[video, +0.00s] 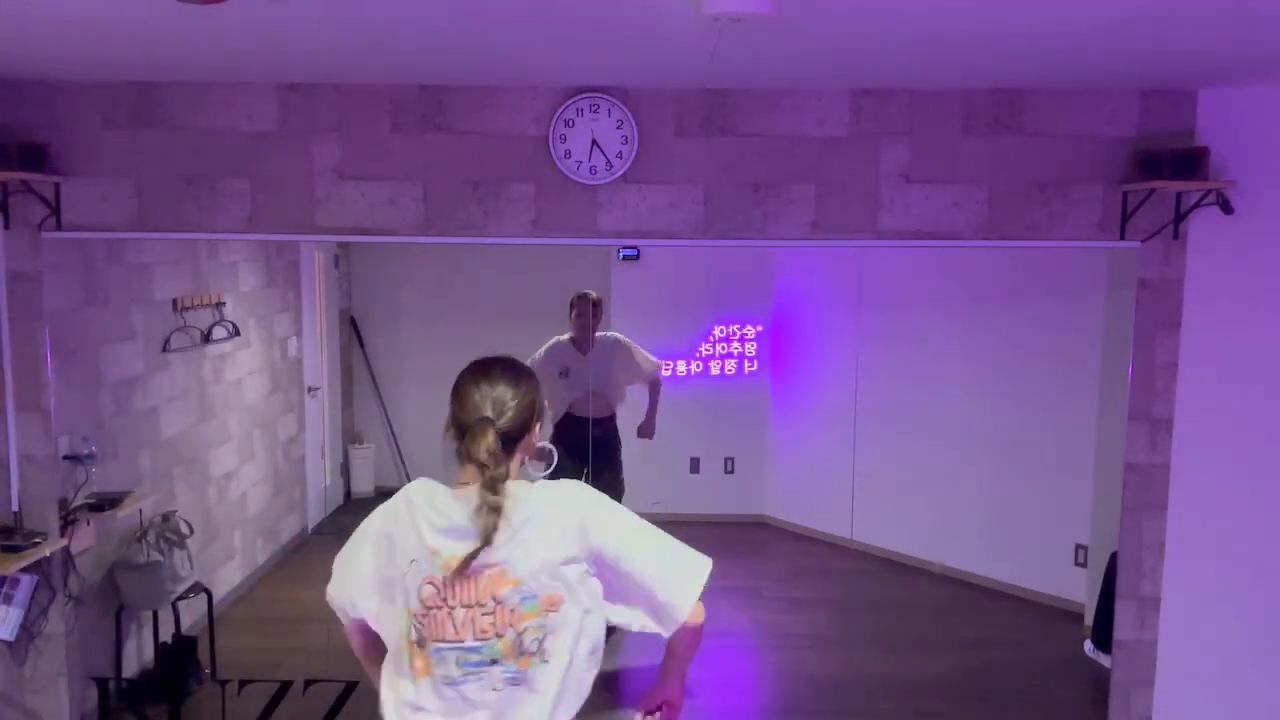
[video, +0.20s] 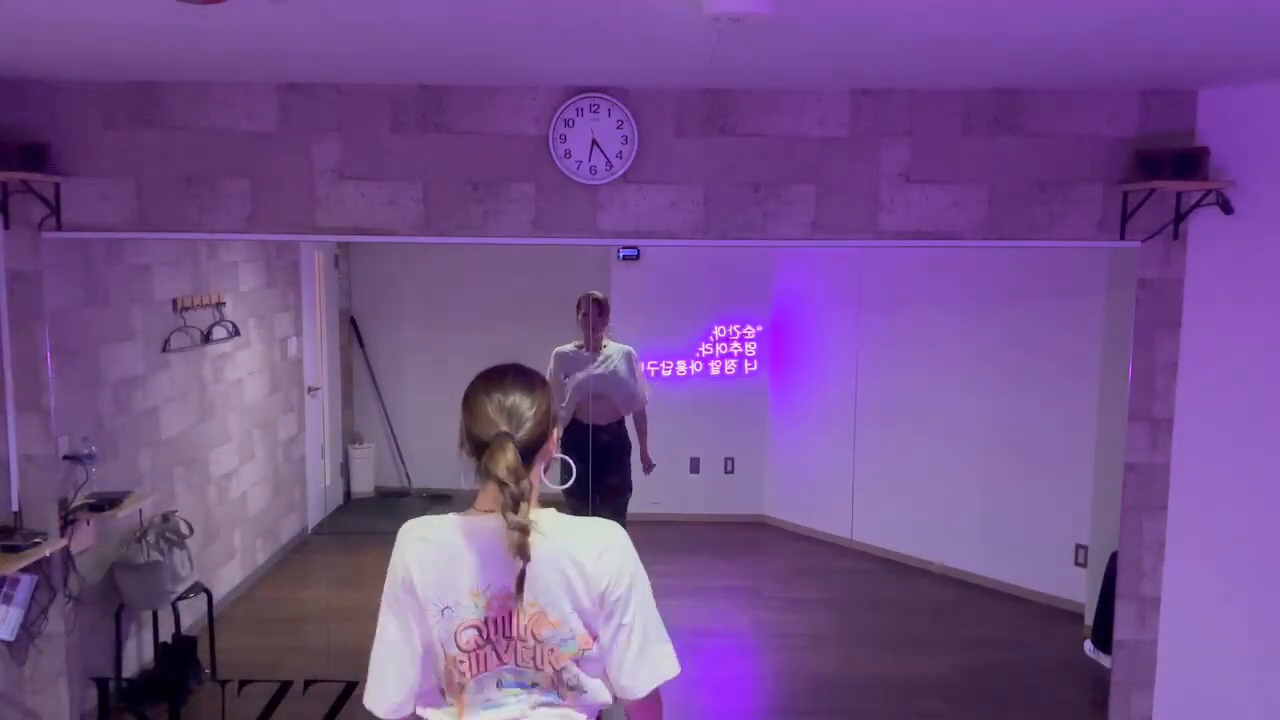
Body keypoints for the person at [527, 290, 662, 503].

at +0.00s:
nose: (586, 321)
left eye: (592, 315)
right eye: (580, 315)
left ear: (599, 318)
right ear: (570, 317)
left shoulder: (615, 345)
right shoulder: (556, 349)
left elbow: (654, 376)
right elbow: (523, 381)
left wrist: (650, 419)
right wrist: (528, 434)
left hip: (605, 431)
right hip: (568, 430)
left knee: (609, 498)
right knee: (562, 495)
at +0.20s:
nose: (591, 320)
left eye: (597, 314)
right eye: (585, 314)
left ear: (606, 319)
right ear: (577, 318)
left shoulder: (625, 355)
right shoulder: (562, 355)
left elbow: (638, 407)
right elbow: (553, 406)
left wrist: (643, 452)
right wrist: (549, 448)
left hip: (613, 439)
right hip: (576, 439)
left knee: (613, 516)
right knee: (578, 514)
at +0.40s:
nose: (596, 352)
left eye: (602, 346)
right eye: (591, 346)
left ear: (611, 348)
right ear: (582, 349)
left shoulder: (630, 382)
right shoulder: (568, 383)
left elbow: (657, 420)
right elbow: (543, 425)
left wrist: (658, 444)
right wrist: (537, 455)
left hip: (618, 458)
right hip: (581, 458)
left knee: (622, 524)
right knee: (581, 521)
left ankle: (615, 593)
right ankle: (588, 592)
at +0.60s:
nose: (598, 381)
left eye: (604, 375)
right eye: (593, 375)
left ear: (614, 374)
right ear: (586, 375)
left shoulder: (633, 400)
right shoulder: (570, 402)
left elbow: (675, 425)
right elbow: (527, 428)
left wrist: (660, 432)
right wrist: (544, 437)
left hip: (620, 476)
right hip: (584, 475)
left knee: (623, 535)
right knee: (588, 535)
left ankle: (616, 598)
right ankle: (590, 598)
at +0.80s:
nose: (596, 376)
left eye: (602, 371)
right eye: (592, 370)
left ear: (613, 367)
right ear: (585, 365)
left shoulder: (628, 380)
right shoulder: (571, 381)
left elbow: (676, 387)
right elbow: (521, 388)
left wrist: (646, 399)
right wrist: (554, 407)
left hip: (621, 459)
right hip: (586, 458)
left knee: (626, 525)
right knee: (586, 526)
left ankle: (615, 591)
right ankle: (588, 590)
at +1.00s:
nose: (596, 337)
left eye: (601, 331)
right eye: (592, 331)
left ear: (611, 328)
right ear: (583, 327)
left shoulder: (626, 343)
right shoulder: (569, 347)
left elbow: (661, 358)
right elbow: (520, 359)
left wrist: (631, 388)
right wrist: (545, 394)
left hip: (622, 428)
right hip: (585, 429)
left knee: (629, 492)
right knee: (585, 492)